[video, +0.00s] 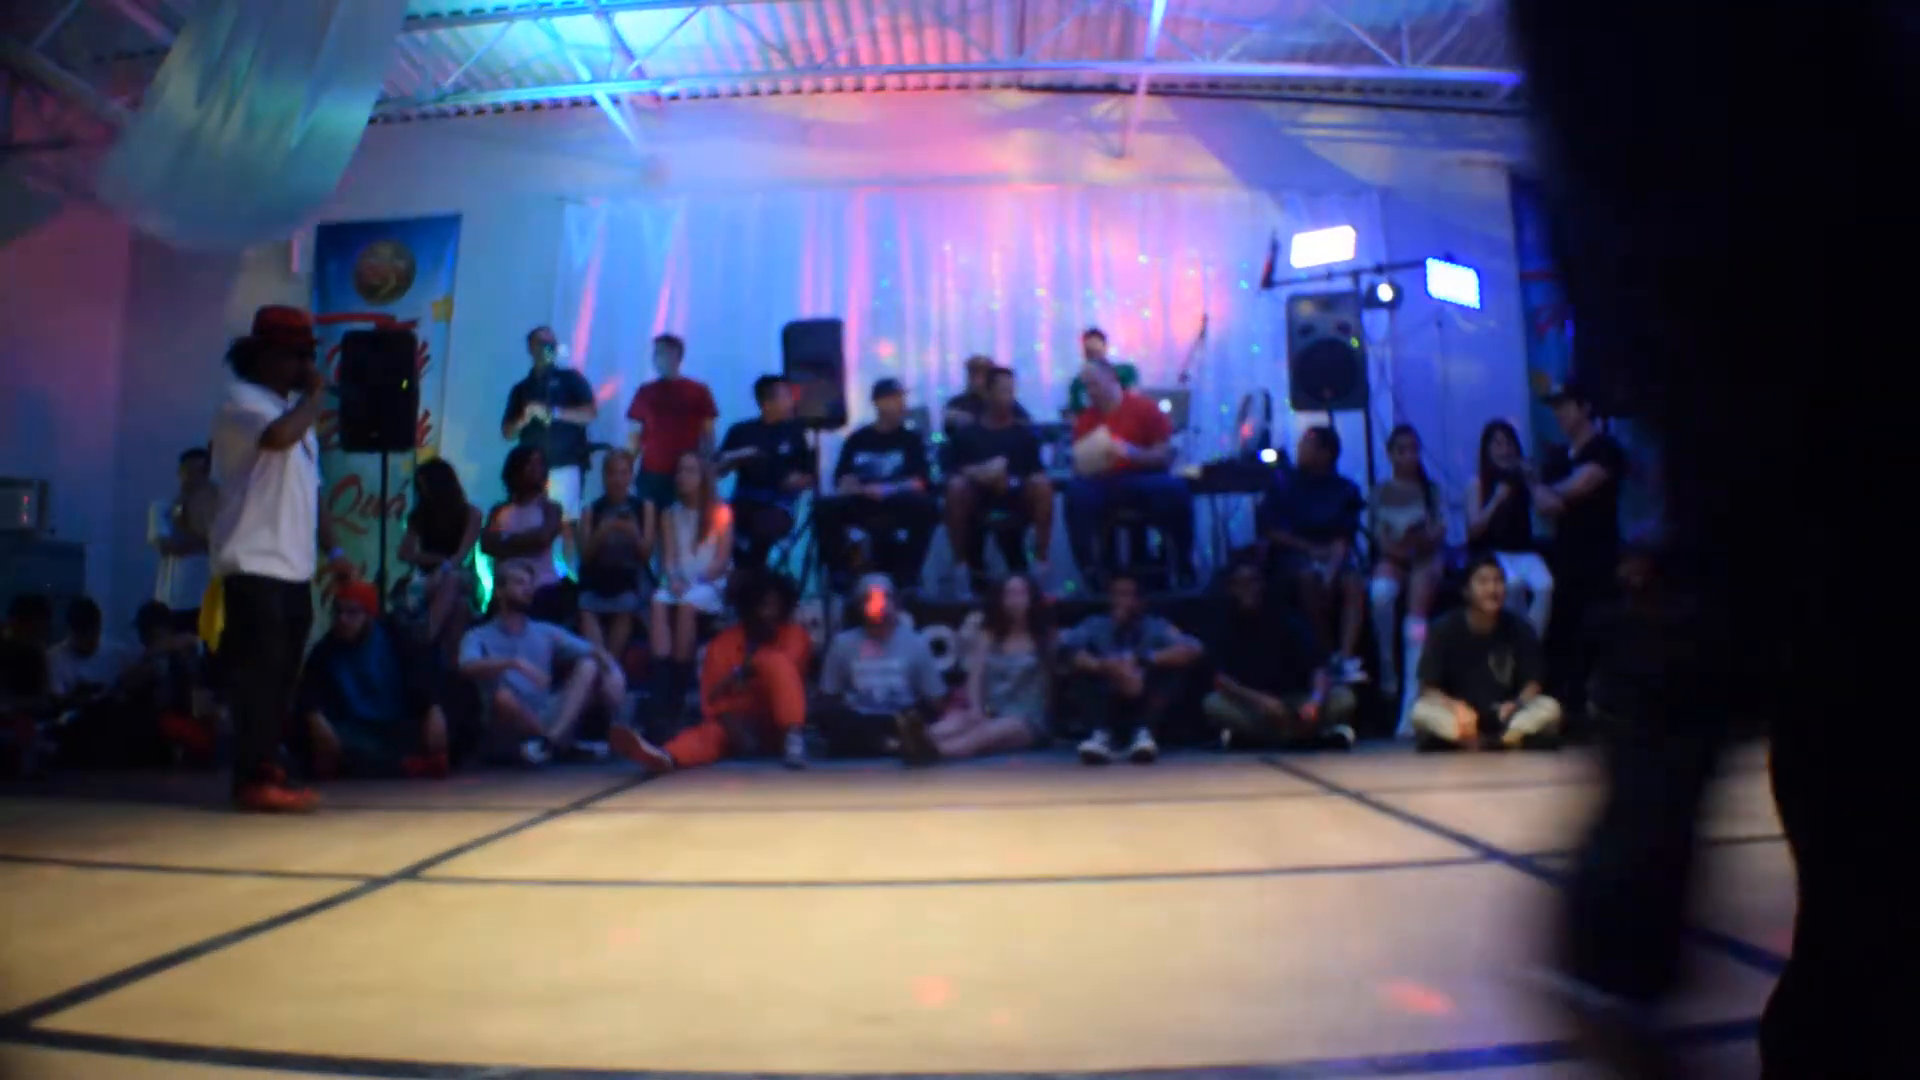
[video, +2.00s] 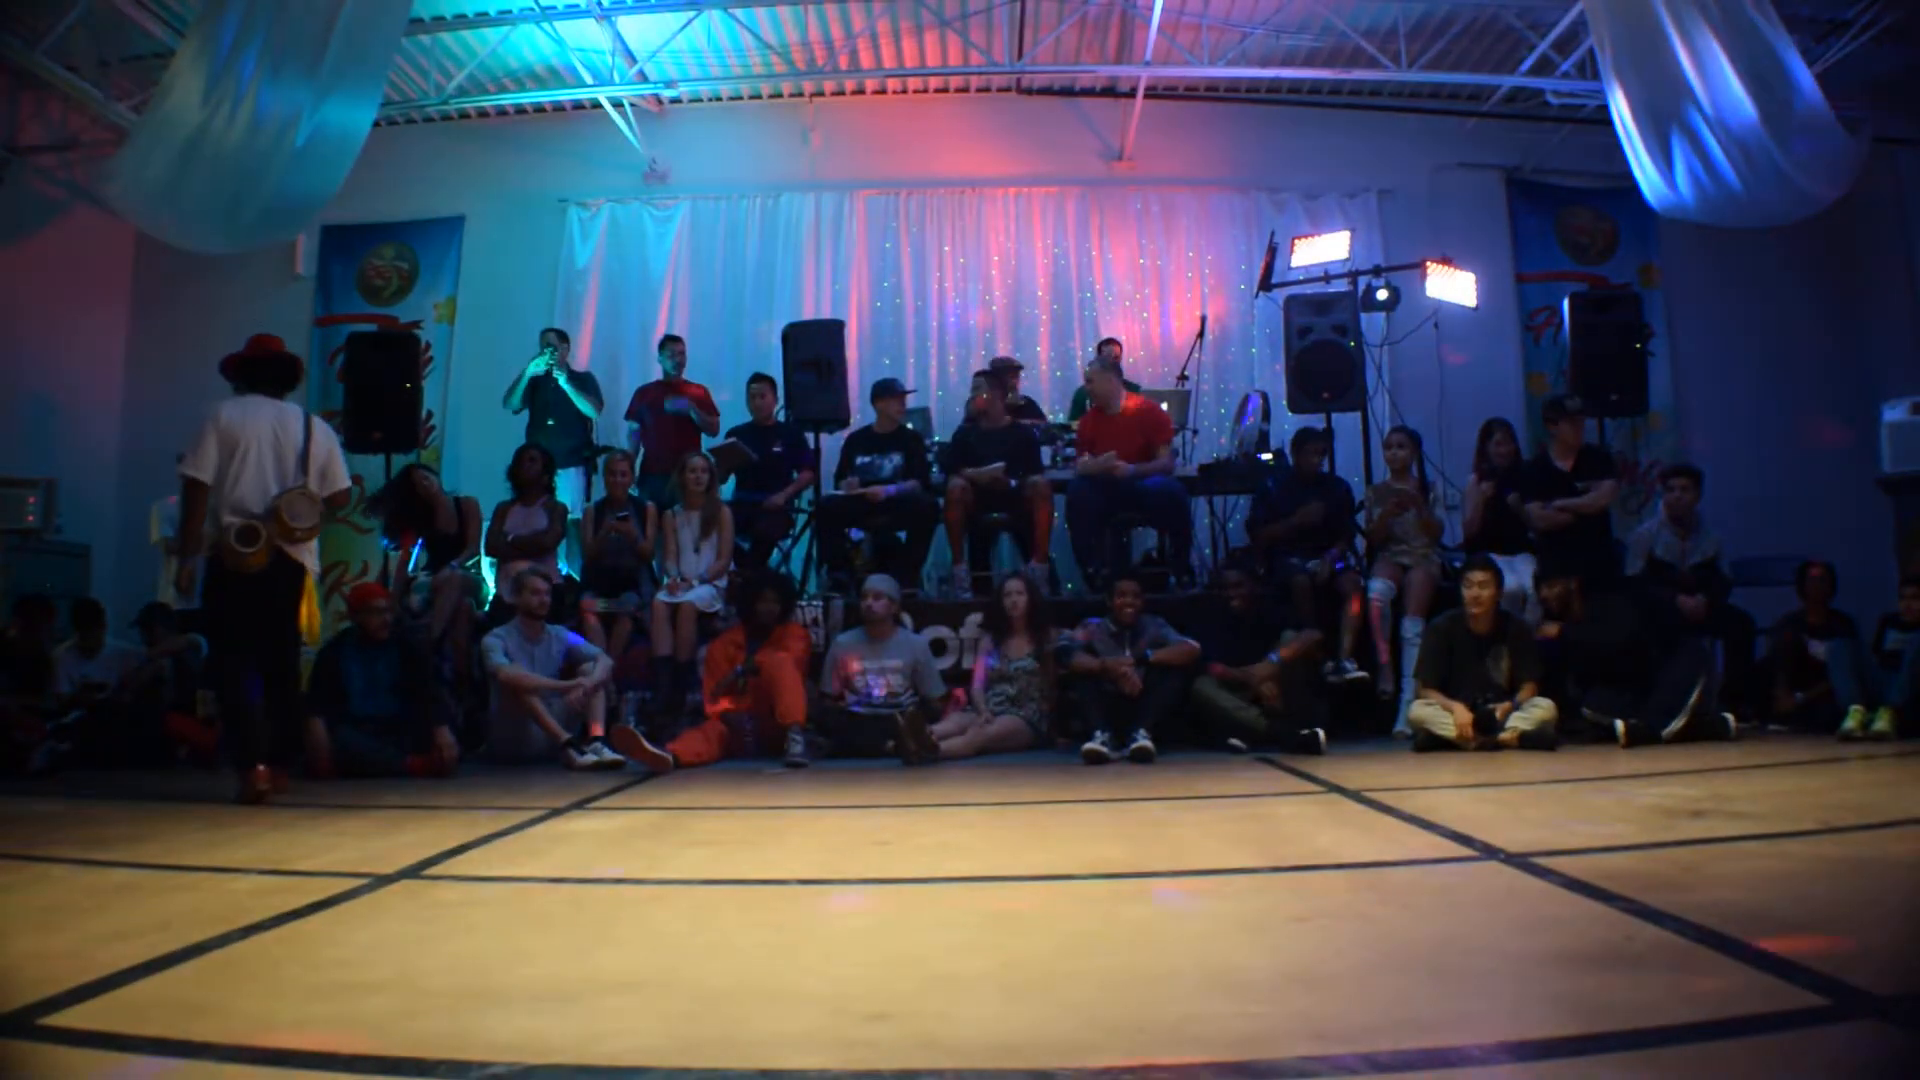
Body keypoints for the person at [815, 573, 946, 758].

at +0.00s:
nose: (877, 605)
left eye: (884, 598)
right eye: (871, 598)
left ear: (893, 603)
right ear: (860, 604)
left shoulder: (914, 644)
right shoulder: (843, 644)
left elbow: (936, 699)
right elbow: (828, 698)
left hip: (902, 718)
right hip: (858, 717)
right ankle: (890, 743)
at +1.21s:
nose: (872, 604)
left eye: (880, 598)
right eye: (868, 597)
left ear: (897, 606)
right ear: (863, 602)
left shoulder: (916, 645)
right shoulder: (844, 644)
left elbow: (935, 702)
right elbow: (828, 699)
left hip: (903, 717)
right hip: (857, 718)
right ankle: (887, 746)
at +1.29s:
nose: (872, 604)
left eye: (881, 598)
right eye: (868, 597)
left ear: (897, 606)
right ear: (863, 602)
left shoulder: (916, 645)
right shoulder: (844, 644)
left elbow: (935, 704)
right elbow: (828, 701)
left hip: (904, 722)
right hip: (857, 723)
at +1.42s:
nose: (872, 604)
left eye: (880, 597)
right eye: (868, 597)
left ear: (897, 606)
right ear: (862, 601)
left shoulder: (916, 645)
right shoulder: (843, 644)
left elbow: (935, 702)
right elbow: (828, 699)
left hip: (903, 718)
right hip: (856, 720)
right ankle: (885, 746)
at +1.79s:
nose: (871, 604)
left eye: (880, 598)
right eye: (867, 597)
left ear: (896, 606)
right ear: (862, 602)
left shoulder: (916, 645)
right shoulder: (843, 644)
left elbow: (933, 699)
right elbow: (829, 699)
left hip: (904, 717)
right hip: (858, 718)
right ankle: (887, 746)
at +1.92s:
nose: (869, 604)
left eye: (878, 598)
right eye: (865, 598)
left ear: (894, 606)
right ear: (860, 602)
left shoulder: (916, 645)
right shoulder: (843, 645)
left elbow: (933, 703)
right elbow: (828, 700)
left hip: (905, 719)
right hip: (858, 721)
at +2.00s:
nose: (869, 604)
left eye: (877, 598)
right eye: (865, 598)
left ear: (894, 606)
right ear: (860, 602)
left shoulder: (915, 645)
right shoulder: (842, 645)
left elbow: (935, 703)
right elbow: (829, 700)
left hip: (902, 719)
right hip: (856, 720)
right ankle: (888, 745)